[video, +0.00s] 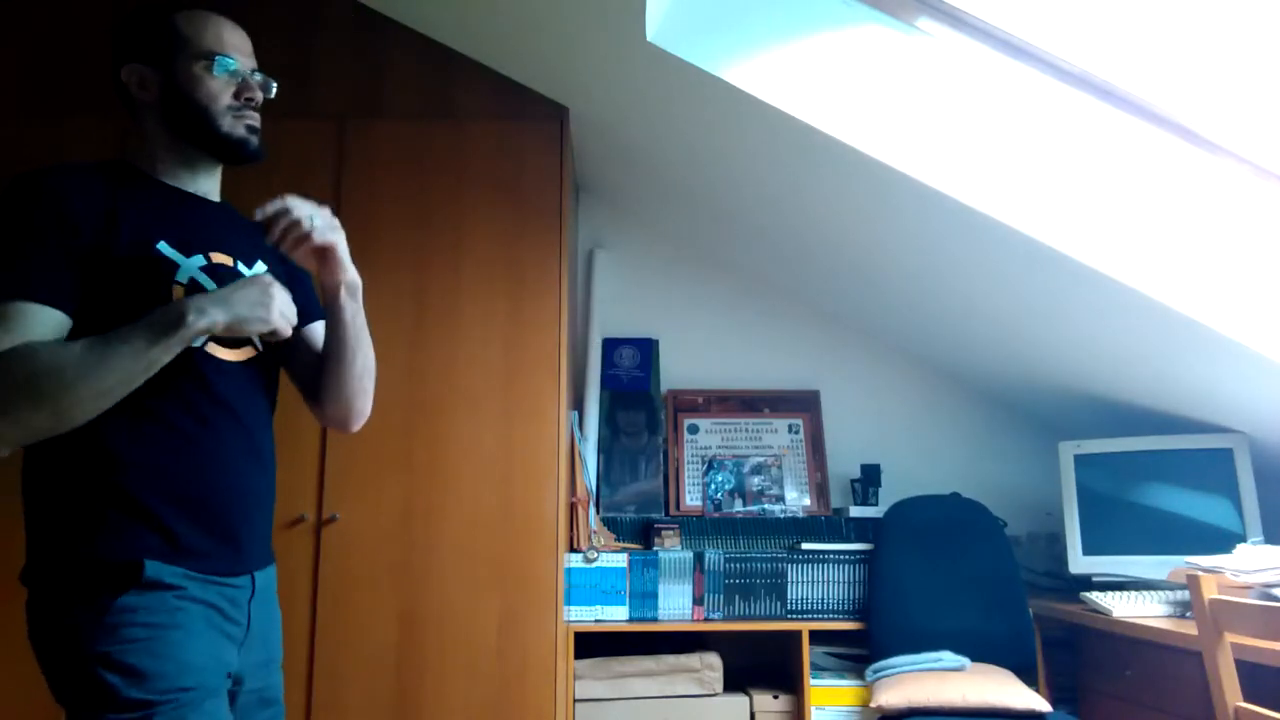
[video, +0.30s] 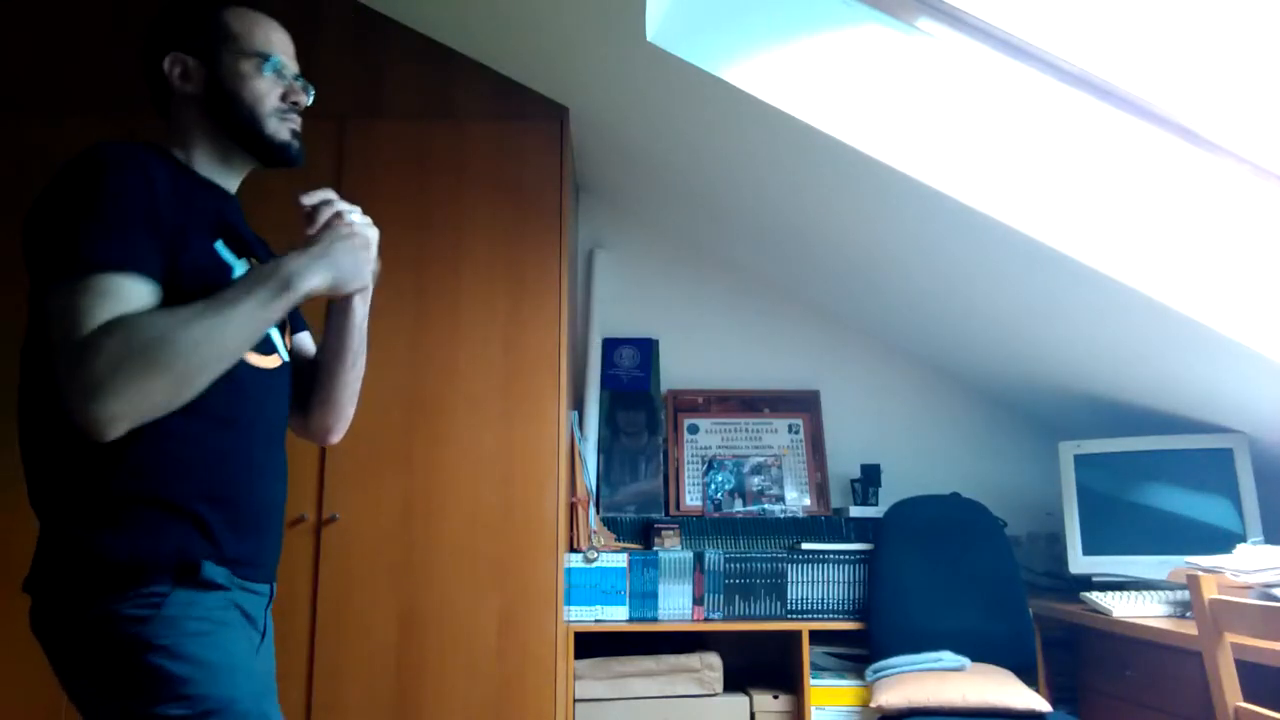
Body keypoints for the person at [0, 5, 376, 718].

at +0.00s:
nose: (255, 88)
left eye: (257, 75)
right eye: (226, 68)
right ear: (147, 83)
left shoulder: (259, 239)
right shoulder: (71, 206)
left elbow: (345, 408)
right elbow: (12, 402)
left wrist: (341, 282)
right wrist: (196, 314)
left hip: (252, 592)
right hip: (134, 594)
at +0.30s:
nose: (299, 91)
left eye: (297, 77)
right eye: (267, 66)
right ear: (186, 75)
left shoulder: (243, 239)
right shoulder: (116, 183)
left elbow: (322, 422)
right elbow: (101, 394)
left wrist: (354, 289)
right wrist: (301, 271)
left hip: (233, 595)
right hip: (153, 597)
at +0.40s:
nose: (315, 77)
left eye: (313, 61)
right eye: (285, 51)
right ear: (201, 54)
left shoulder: (224, 201)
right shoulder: (149, 160)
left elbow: (316, 408)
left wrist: (354, 260)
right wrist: (370, 243)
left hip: (213, 587)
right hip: (164, 589)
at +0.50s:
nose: (330, 60)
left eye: (328, 42)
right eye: (302, 30)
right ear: (219, 27)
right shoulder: (194, 115)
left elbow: (303, 396)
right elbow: (335, 282)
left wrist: (355, 249)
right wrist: (500, 202)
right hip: (176, 575)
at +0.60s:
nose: (346, 46)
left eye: (344, 23)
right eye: (323, 17)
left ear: (238, 25)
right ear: (242, 10)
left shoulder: (170, 115)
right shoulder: (254, 89)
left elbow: (284, 370)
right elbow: (495, 226)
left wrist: (353, 235)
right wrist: (670, 191)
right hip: (175, 574)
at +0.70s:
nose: (350, 45)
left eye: (351, 25)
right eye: (335, 16)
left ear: (243, 23)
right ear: (254, 5)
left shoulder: (157, 105)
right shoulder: (257, 79)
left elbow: (279, 350)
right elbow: (507, 230)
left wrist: (343, 232)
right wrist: (675, 226)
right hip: (173, 583)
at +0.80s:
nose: (342, 46)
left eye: (339, 22)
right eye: (325, 13)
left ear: (226, 18)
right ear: (240, 10)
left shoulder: (128, 106)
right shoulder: (243, 80)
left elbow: (251, 346)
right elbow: (398, 288)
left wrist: (346, 225)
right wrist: (561, 262)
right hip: (186, 583)